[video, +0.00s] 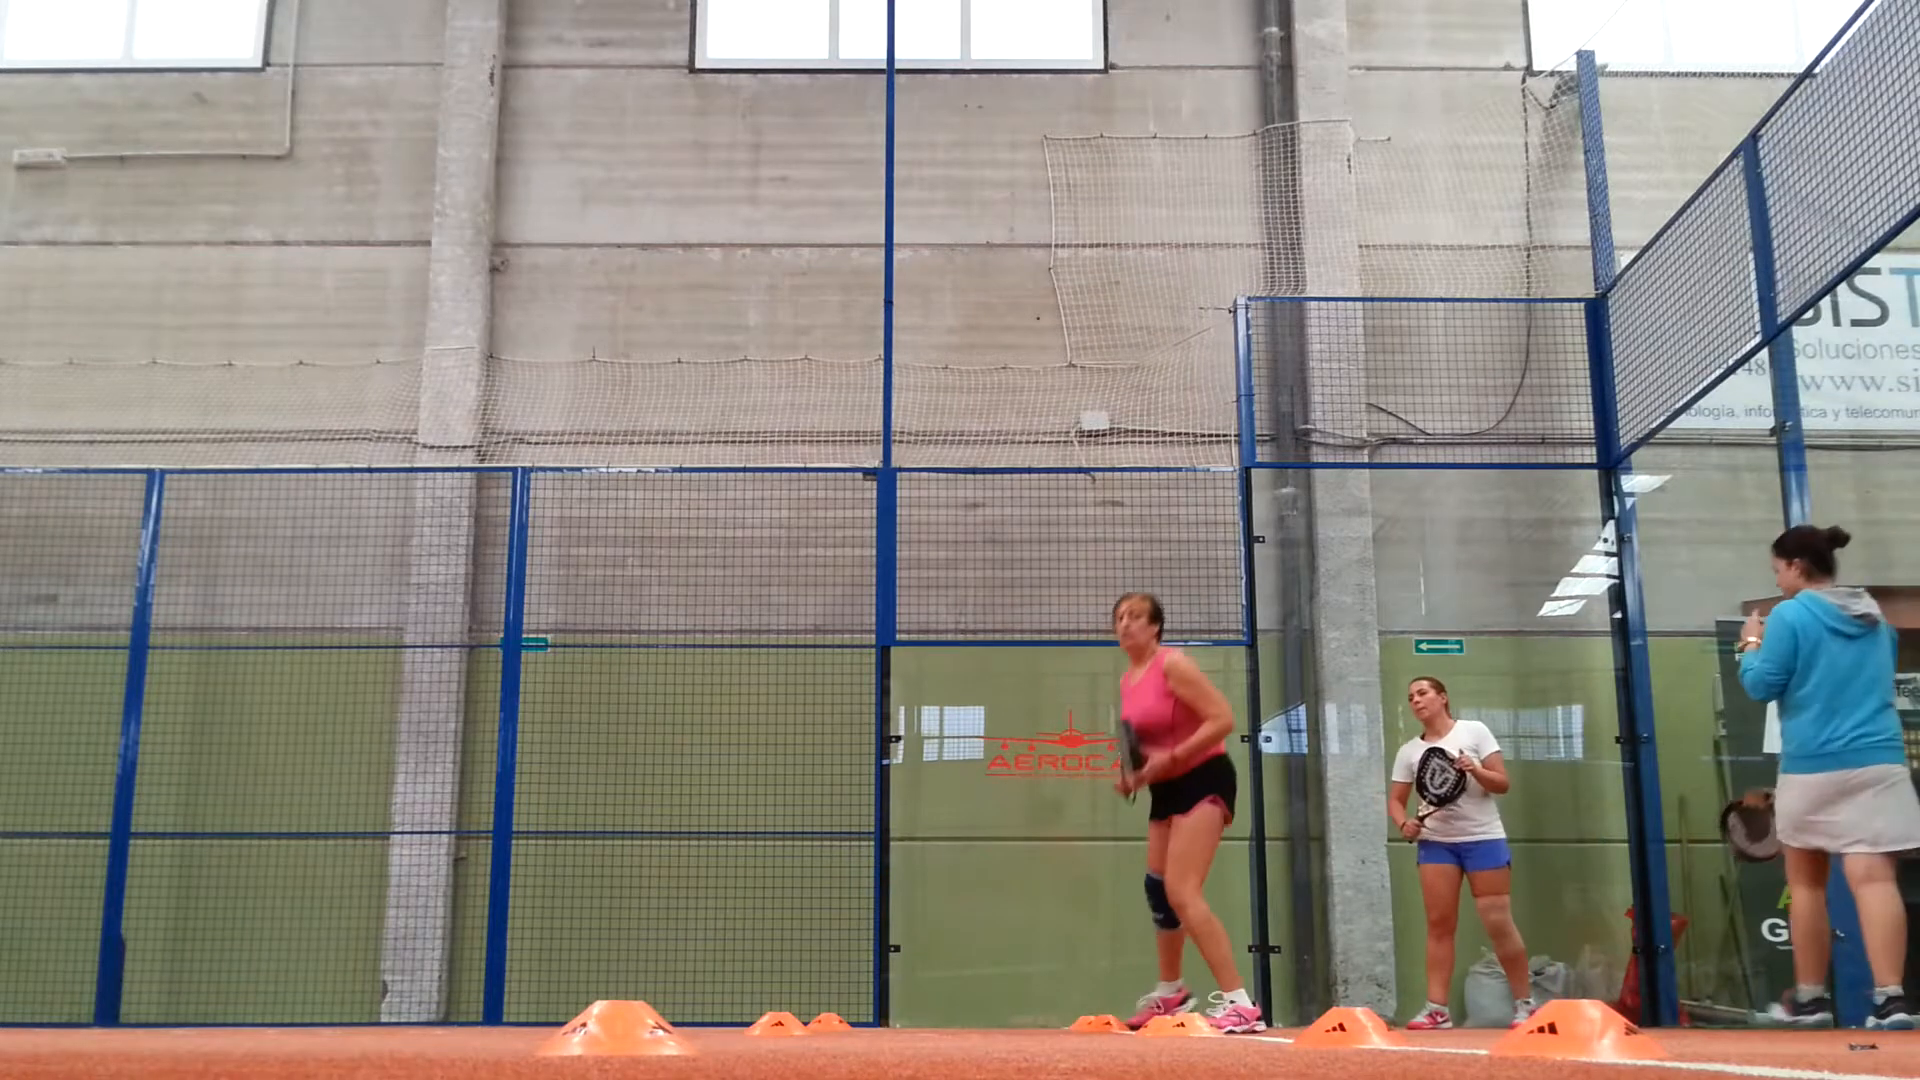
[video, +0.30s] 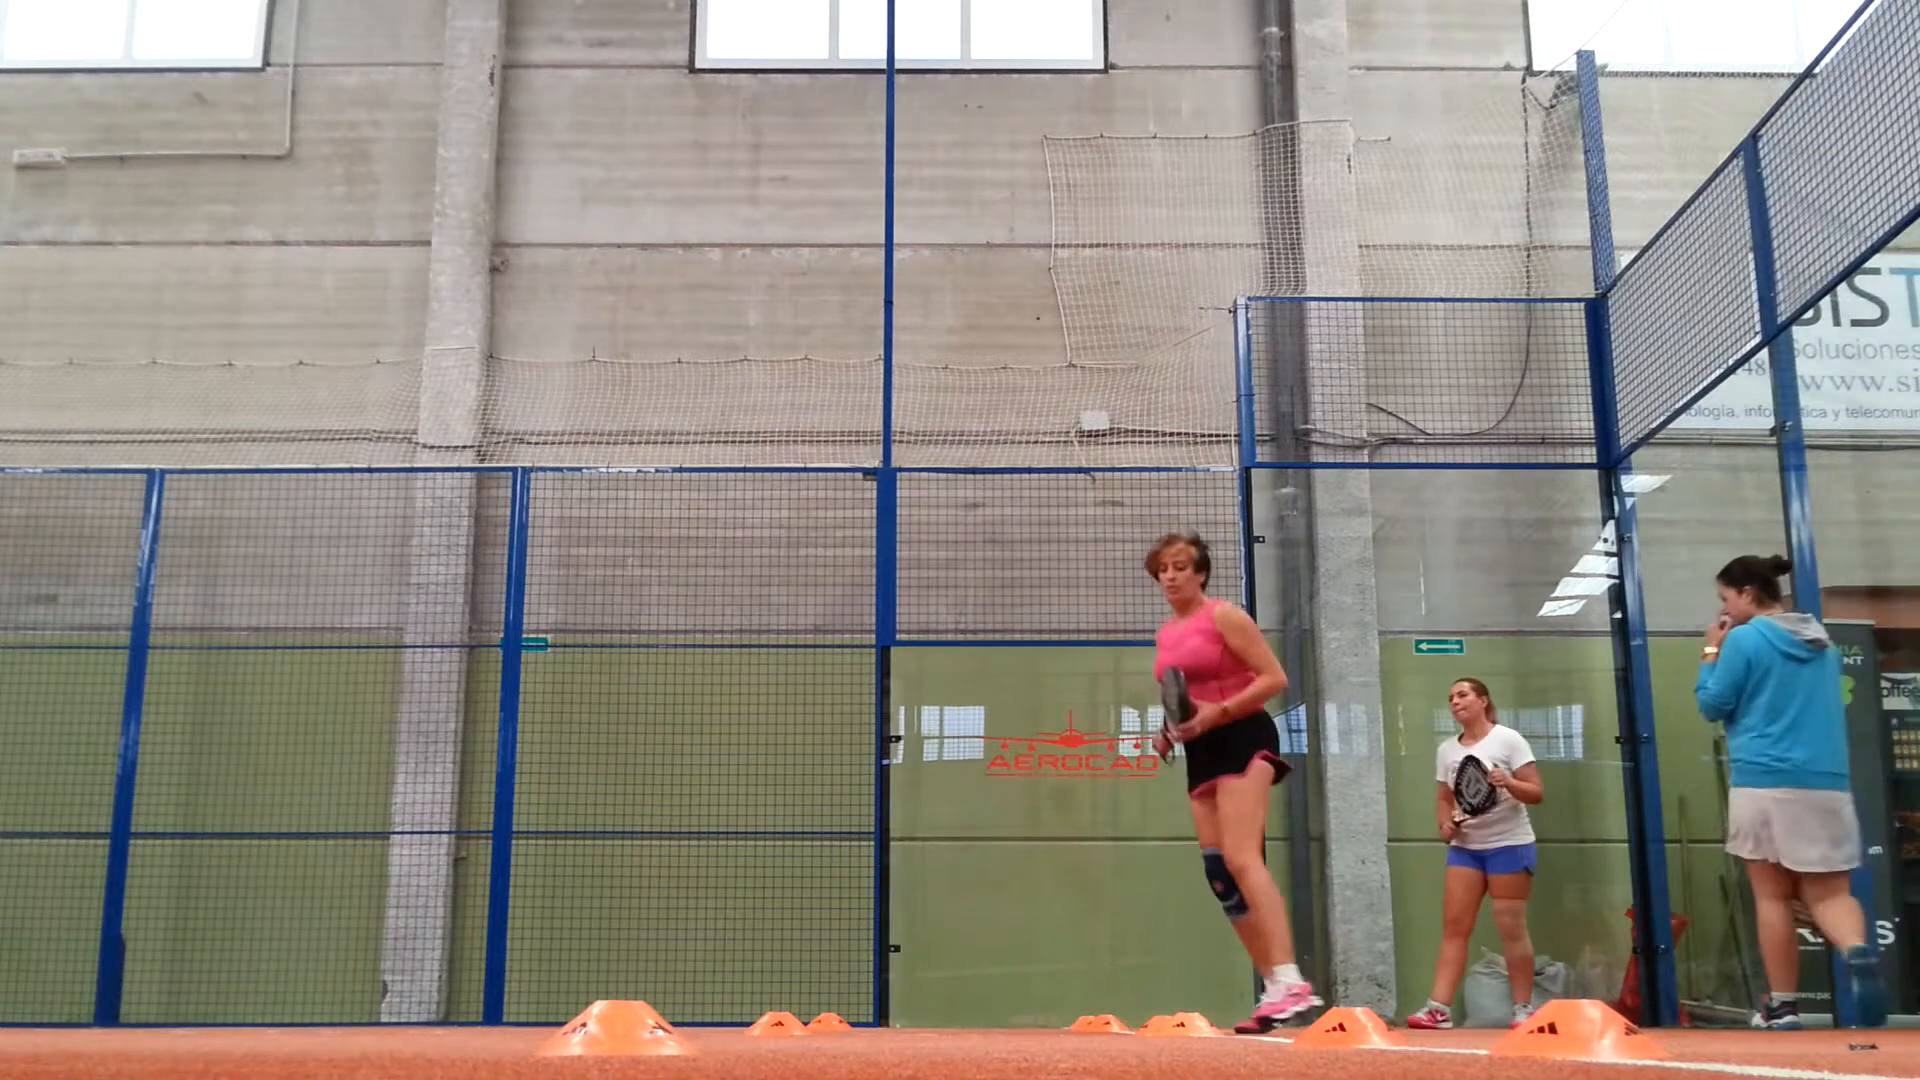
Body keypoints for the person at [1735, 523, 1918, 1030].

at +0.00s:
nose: (1775, 578)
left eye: (1777, 570)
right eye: (1775, 570)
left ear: (1796, 567)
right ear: (1824, 567)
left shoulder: (1790, 614)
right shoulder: (1874, 616)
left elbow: (1761, 685)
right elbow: (1883, 682)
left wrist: (1749, 646)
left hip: (1811, 765)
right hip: (1878, 758)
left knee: (1805, 880)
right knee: (1876, 878)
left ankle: (1809, 998)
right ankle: (1891, 1000)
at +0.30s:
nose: (1723, 608)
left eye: (1725, 599)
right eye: (1721, 600)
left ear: (1747, 594)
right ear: (1770, 592)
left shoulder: (1746, 638)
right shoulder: (1820, 641)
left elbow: (1712, 703)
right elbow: (1818, 703)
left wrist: (1711, 653)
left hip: (1762, 786)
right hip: (1825, 784)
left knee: (1771, 897)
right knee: (1830, 891)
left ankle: (1783, 1006)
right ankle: (1863, 959)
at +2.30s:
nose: (1618, 674)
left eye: (1626, 667)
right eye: (1613, 668)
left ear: (1644, 672)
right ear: (1609, 675)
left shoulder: (1657, 707)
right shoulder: (1610, 724)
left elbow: (1659, 764)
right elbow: (1600, 784)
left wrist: (1615, 786)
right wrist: (1595, 834)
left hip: (1675, 819)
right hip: (1642, 826)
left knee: (1674, 907)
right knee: (1658, 915)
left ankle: (1704, 1001)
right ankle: (1676, 1005)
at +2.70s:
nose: (1635, 674)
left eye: (1643, 668)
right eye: (1629, 669)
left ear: (1657, 674)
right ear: (1621, 676)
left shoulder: (1679, 713)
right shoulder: (1613, 724)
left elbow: (1696, 762)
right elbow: (1611, 777)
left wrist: (1647, 778)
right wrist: (1615, 825)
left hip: (1690, 829)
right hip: (1643, 835)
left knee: (1700, 917)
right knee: (1662, 920)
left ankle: (1712, 999)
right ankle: (1675, 1006)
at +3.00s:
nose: (1654, 677)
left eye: (1661, 670)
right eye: (1648, 672)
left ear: (1676, 676)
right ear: (1640, 680)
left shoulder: (1698, 715)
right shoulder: (1633, 724)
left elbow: (1717, 766)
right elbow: (1633, 767)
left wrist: (1663, 770)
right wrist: (1629, 815)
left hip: (1701, 828)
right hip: (1653, 830)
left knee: (1703, 917)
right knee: (1660, 913)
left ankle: (1710, 1003)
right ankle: (1674, 1006)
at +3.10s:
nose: (1660, 678)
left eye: (1667, 671)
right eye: (1653, 673)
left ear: (1682, 677)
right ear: (1646, 681)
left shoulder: (1705, 718)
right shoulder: (1638, 725)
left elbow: (1725, 768)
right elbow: (1637, 771)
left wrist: (1670, 772)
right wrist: (1631, 809)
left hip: (1706, 832)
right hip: (1656, 834)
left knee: (1703, 921)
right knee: (1663, 917)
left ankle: (1710, 1004)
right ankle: (1674, 1007)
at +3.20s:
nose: (1664, 678)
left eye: (1671, 671)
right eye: (1658, 673)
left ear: (1686, 677)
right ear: (1650, 682)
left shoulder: (1710, 719)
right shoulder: (1641, 726)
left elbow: (1728, 769)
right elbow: (1638, 775)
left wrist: (1674, 772)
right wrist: (1633, 802)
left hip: (1709, 831)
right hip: (1659, 834)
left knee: (1705, 921)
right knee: (1665, 916)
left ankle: (1710, 1003)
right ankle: (1674, 1005)